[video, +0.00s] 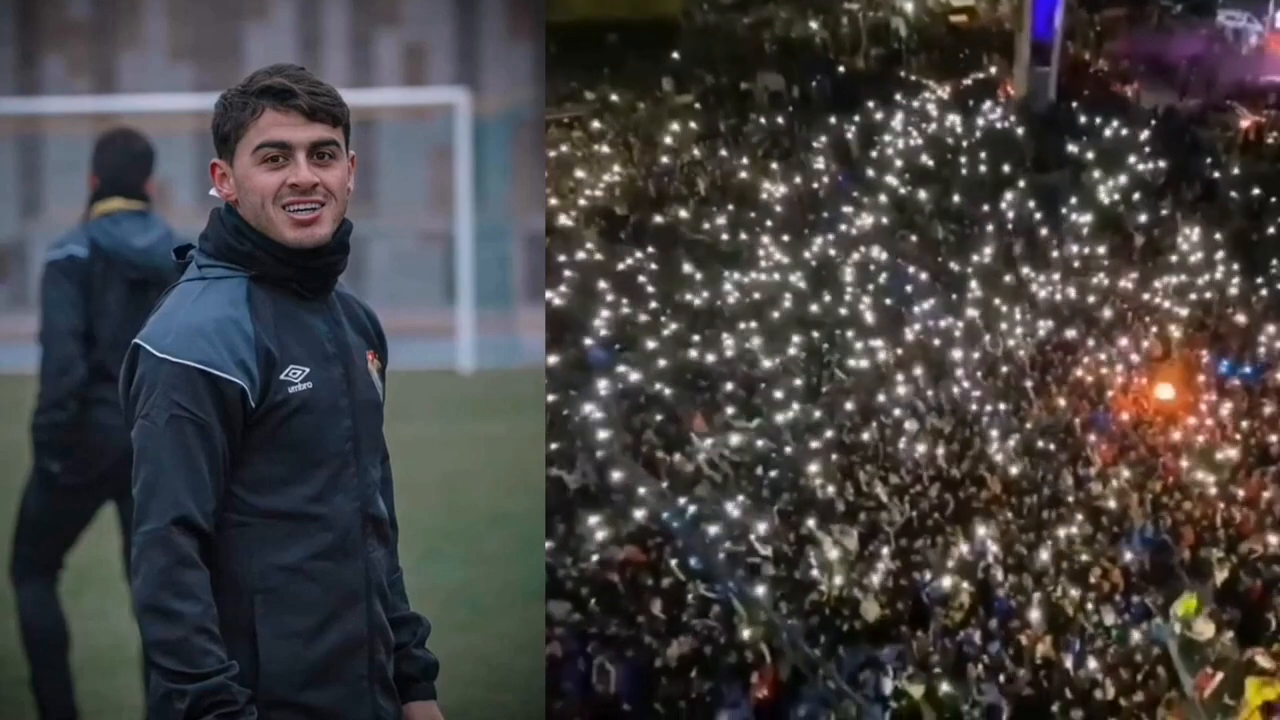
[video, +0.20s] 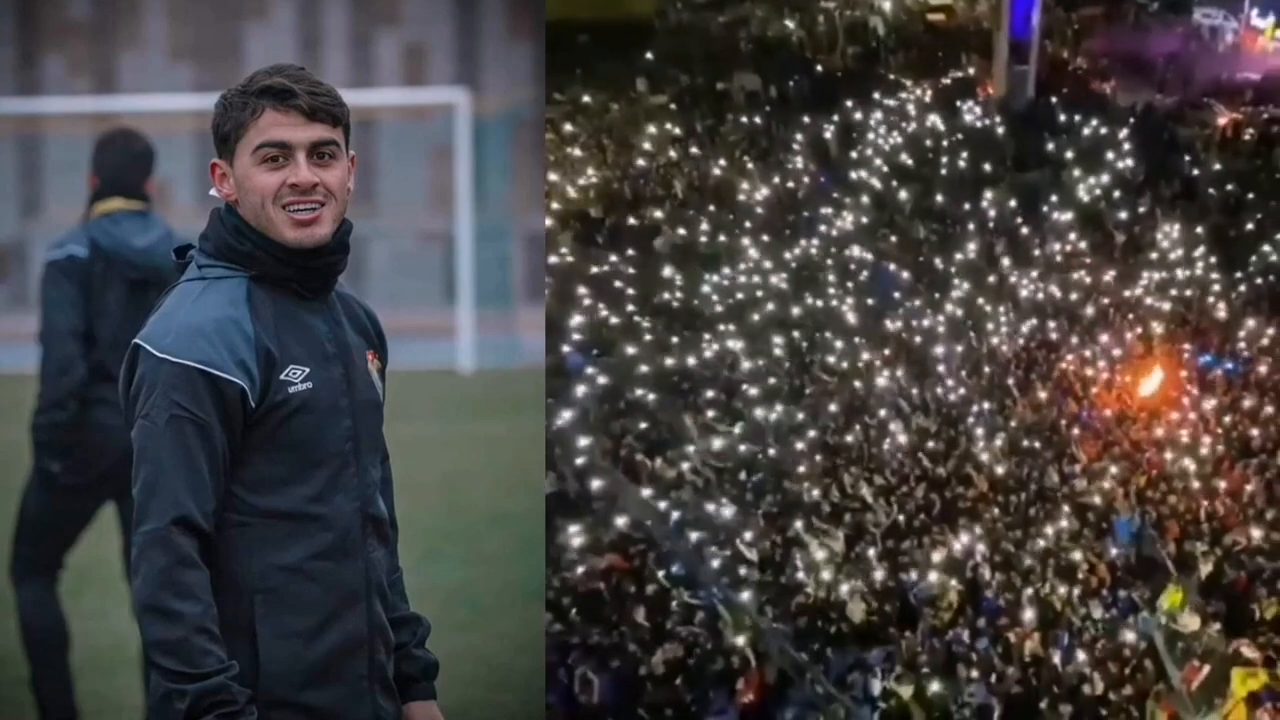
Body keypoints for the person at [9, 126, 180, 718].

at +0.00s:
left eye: (93, 173)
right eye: (150, 178)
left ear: (94, 180)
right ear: (152, 185)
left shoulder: (73, 254)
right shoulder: (178, 255)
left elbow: (65, 363)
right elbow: (191, 352)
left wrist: (51, 442)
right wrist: (175, 429)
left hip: (87, 449)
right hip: (158, 448)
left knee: (33, 570)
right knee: (157, 580)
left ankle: (57, 707)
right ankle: (167, 704)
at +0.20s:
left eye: (93, 173)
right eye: (150, 178)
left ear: (94, 180)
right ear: (152, 185)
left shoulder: (73, 254)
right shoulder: (178, 255)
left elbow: (65, 363)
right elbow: (191, 352)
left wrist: (51, 442)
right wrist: (175, 429)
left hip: (87, 449)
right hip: (158, 448)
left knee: (33, 570)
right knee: (157, 580)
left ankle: (57, 707)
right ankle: (167, 704)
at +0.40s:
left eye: (92, 173)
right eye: (150, 178)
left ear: (94, 179)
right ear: (152, 185)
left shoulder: (73, 254)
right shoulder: (178, 255)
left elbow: (65, 363)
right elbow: (191, 352)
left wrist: (51, 442)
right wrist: (175, 429)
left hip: (87, 449)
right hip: (158, 448)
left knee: (33, 570)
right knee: (157, 580)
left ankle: (57, 707)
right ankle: (167, 704)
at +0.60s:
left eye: (92, 173)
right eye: (150, 178)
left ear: (94, 179)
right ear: (152, 185)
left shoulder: (73, 254)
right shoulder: (178, 255)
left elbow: (65, 363)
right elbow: (191, 352)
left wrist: (51, 442)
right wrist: (175, 429)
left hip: (87, 449)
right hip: (158, 448)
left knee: (34, 570)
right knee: (157, 580)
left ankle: (57, 707)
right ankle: (167, 704)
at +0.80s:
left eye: (92, 173)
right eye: (150, 178)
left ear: (94, 179)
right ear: (152, 185)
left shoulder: (73, 254)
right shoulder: (178, 255)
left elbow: (65, 363)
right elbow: (191, 352)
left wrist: (51, 442)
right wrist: (175, 429)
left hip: (87, 449)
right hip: (158, 448)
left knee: (34, 570)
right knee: (157, 580)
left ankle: (57, 707)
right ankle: (167, 704)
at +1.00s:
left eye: (92, 173)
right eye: (150, 178)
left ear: (94, 180)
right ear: (152, 185)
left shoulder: (73, 254)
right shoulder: (178, 255)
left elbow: (65, 363)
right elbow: (191, 352)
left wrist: (51, 442)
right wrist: (175, 429)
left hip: (87, 449)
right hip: (158, 448)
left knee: (34, 570)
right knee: (157, 580)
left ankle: (57, 707)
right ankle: (167, 704)